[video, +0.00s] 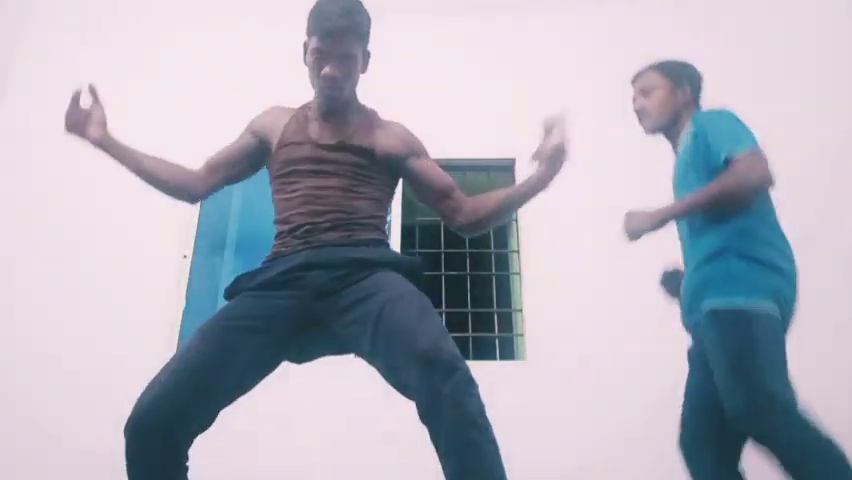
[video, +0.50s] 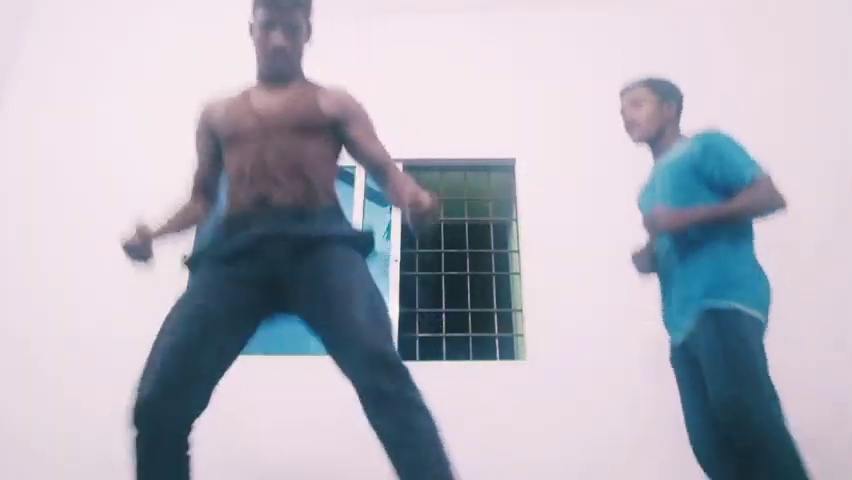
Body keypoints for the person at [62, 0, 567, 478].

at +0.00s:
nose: (335, 71)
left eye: (348, 59)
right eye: (324, 57)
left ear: (368, 61)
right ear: (306, 55)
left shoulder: (395, 139)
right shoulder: (274, 126)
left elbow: (463, 212)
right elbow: (195, 183)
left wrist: (536, 179)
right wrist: (103, 137)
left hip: (370, 283)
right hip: (280, 287)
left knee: (445, 374)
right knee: (151, 426)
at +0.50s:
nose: (277, 39)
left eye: (289, 28)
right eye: (267, 27)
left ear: (307, 33)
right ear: (251, 33)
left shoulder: (334, 104)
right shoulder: (218, 115)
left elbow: (384, 168)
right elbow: (202, 201)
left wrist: (414, 197)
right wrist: (154, 234)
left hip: (321, 254)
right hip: (234, 258)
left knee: (378, 367)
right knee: (158, 404)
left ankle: (432, 475)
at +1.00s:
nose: (290, 64)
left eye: (301, 56)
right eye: (281, 52)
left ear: (314, 66)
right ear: (262, 54)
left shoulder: (329, 151)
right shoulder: (215, 124)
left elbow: (339, 231)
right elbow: (176, 204)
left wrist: (354, 245)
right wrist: (209, 180)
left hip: (292, 302)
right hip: (211, 293)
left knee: (322, 431)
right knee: (131, 418)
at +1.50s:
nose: (336, 76)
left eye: (338, 69)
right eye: (329, 65)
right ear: (291, 64)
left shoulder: (333, 150)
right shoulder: (233, 120)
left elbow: (349, 235)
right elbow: (225, 174)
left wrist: (353, 196)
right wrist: (294, 122)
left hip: (309, 302)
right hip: (236, 295)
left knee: (358, 446)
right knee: (164, 394)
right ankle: (139, 477)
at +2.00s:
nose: (303, 51)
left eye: (307, 44)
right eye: (296, 38)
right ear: (258, 34)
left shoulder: (299, 123)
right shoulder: (198, 89)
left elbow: (315, 221)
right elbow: (154, 160)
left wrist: (312, 169)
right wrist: (243, 126)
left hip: (276, 278)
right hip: (198, 270)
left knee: (356, 400)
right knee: (115, 372)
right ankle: (51, 475)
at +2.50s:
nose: (298, 66)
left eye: (303, 59)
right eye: (292, 52)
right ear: (255, 49)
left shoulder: (287, 139)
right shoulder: (184, 98)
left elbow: (291, 234)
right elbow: (122, 161)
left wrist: (291, 184)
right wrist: (208, 135)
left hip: (238, 281)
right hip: (159, 267)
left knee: (292, 422)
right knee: (62, 374)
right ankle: (11, 471)